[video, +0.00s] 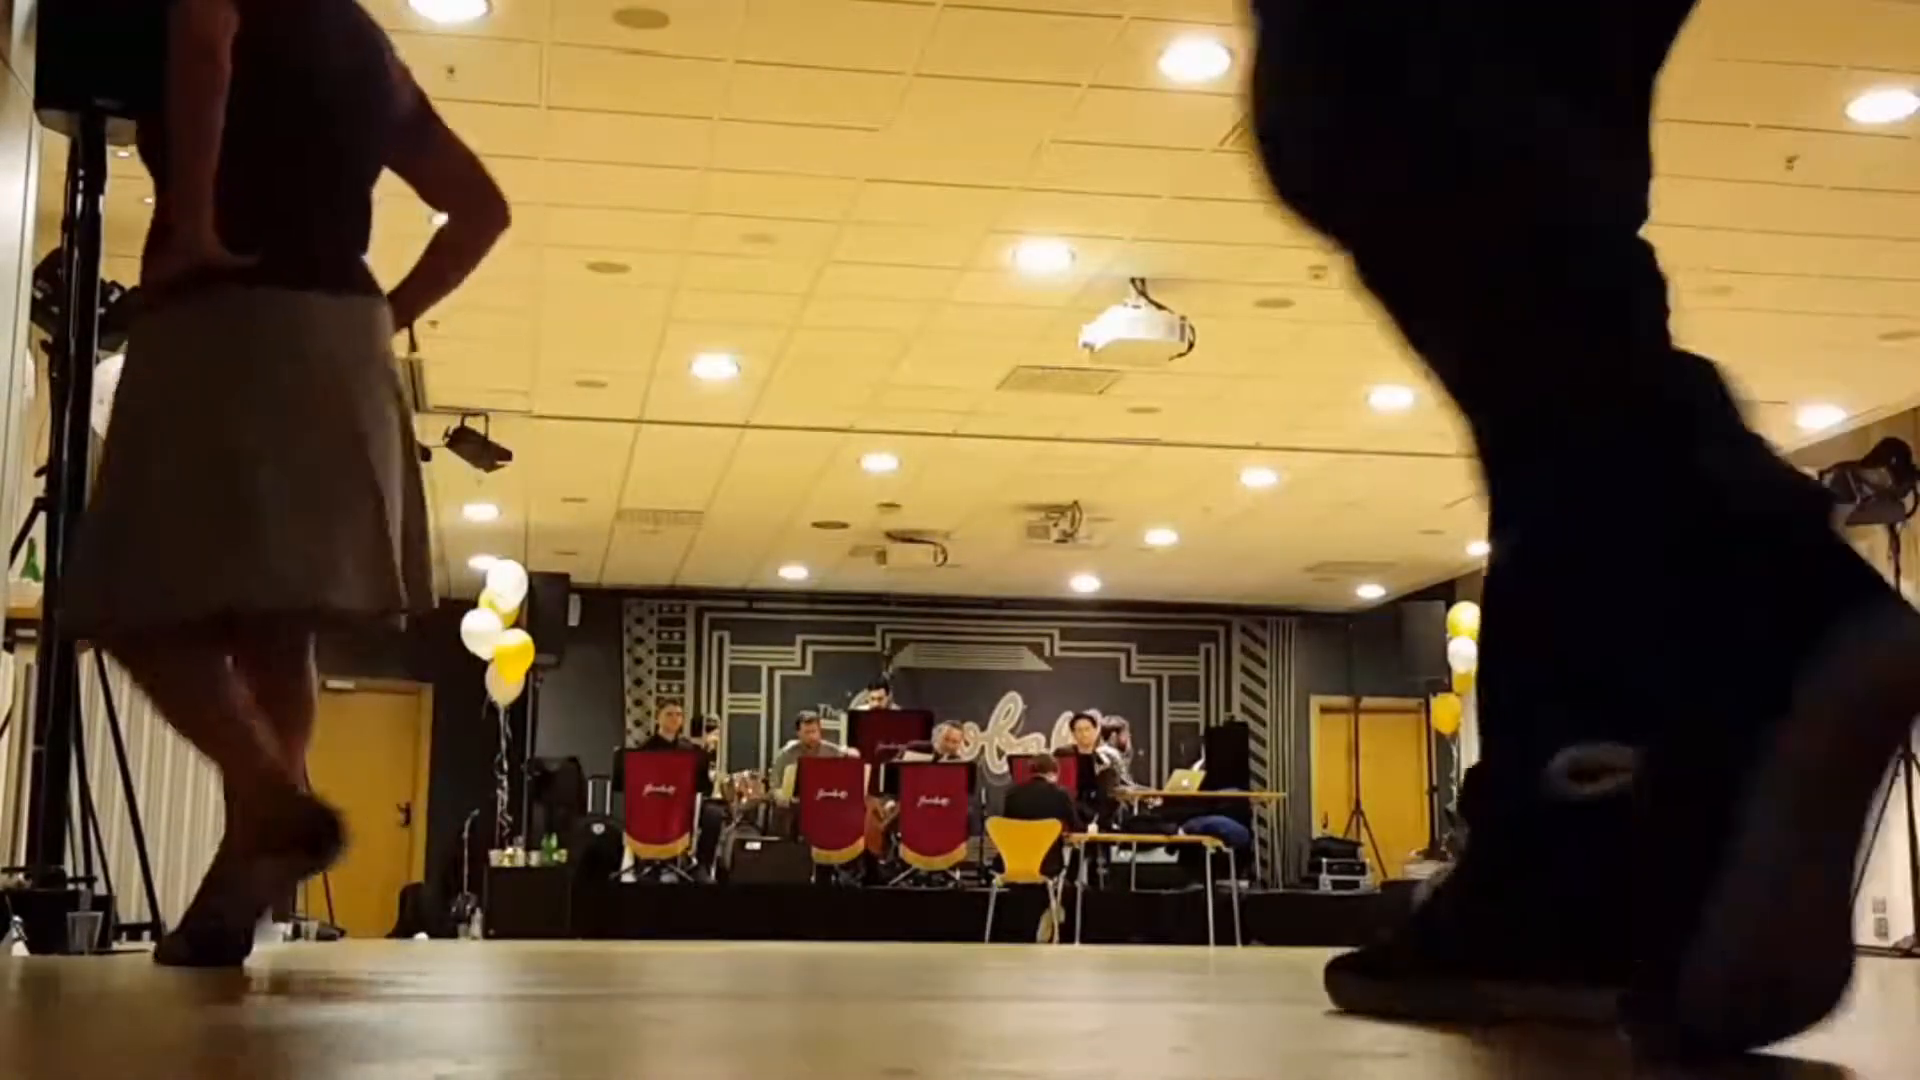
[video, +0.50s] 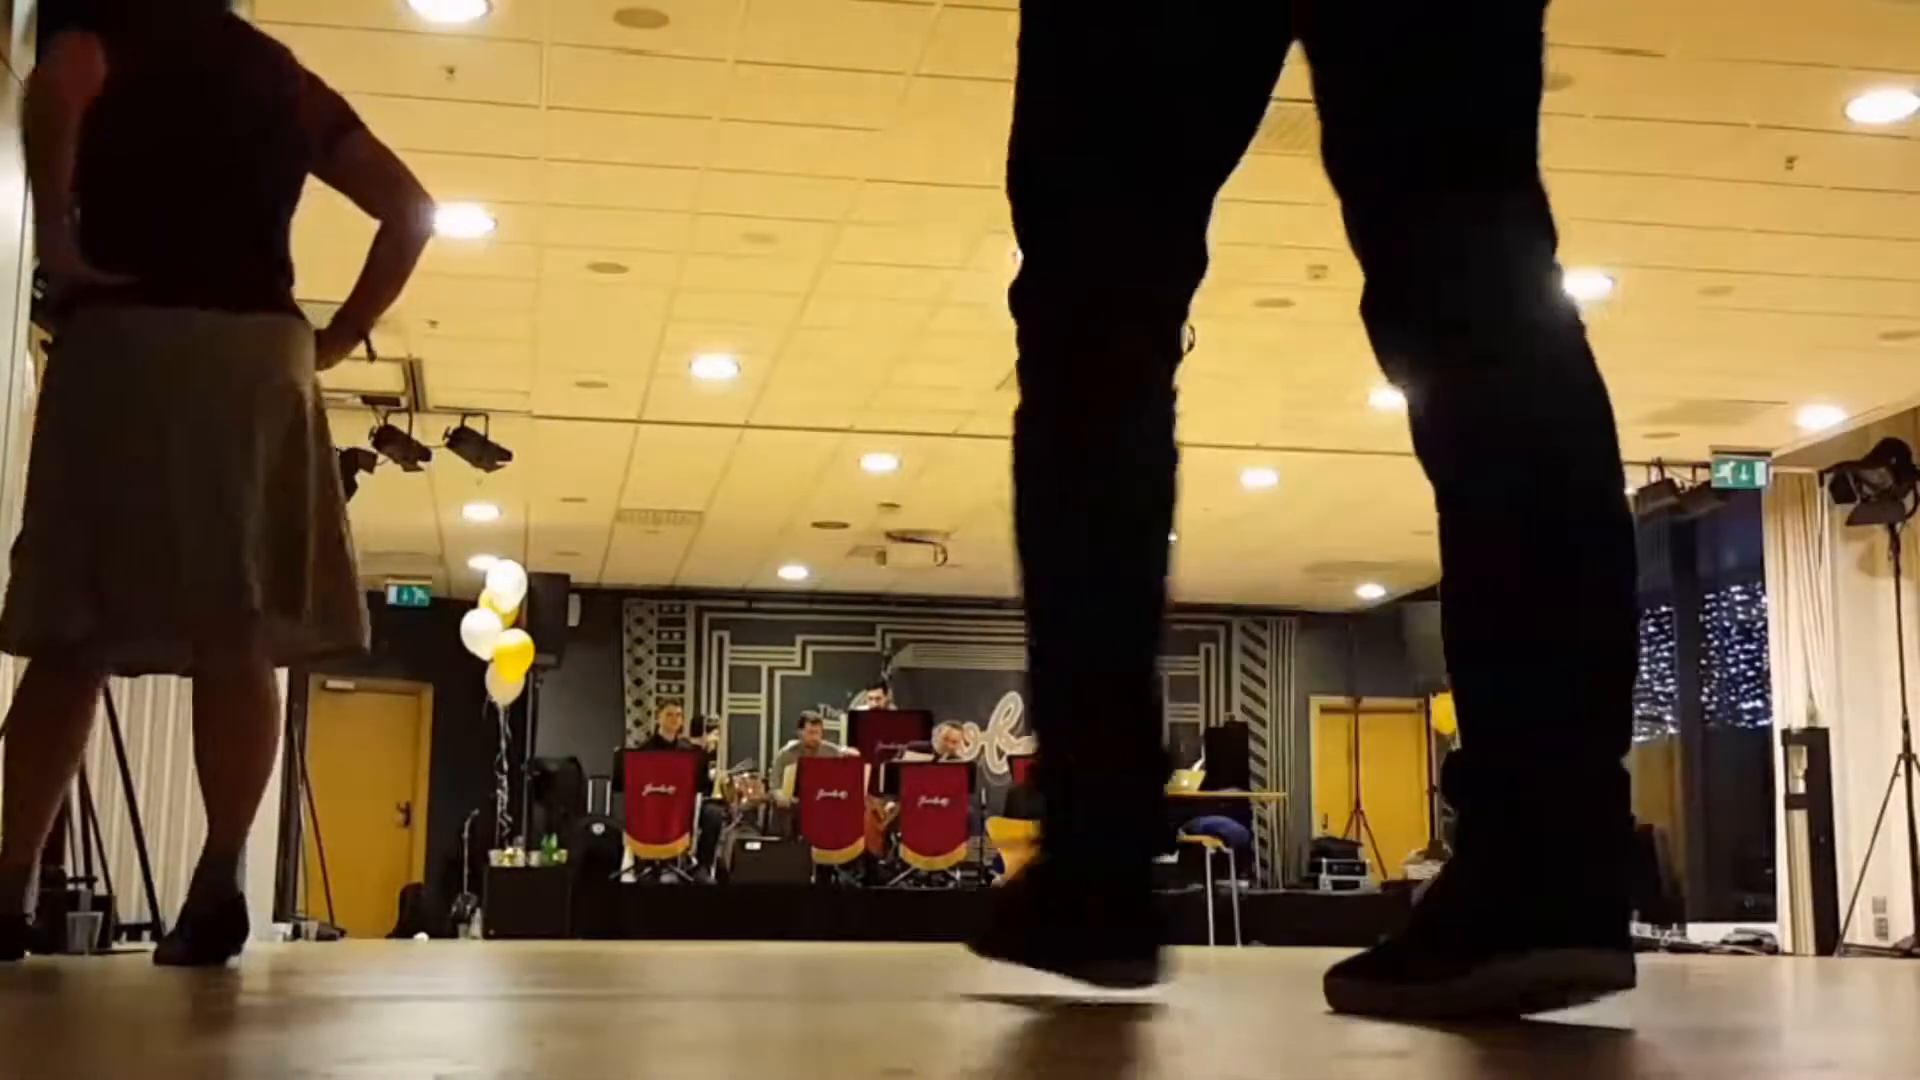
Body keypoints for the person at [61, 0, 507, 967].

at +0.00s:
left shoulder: (206, 10)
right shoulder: (358, 43)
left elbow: (205, 40)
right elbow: (480, 210)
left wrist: (185, 226)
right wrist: (390, 311)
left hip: (222, 322)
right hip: (341, 331)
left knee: (130, 602)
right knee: (280, 628)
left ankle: (278, 805)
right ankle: (229, 909)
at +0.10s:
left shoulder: (192, 4)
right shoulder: (341, 40)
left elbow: (193, 48)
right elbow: (463, 205)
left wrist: (170, 215)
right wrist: (378, 316)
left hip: (208, 319)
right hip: (326, 327)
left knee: (97, 604)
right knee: (269, 627)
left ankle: (186, 843)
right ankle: (222, 901)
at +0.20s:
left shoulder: (176, 5)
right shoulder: (334, 54)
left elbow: (175, 46)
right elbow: (450, 208)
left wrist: (154, 214)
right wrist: (369, 322)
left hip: (182, 323)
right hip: (310, 336)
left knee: (88, 613)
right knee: (264, 631)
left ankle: (93, 886)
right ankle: (222, 903)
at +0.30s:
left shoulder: (159, 13)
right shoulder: (315, 62)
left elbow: (148, 73)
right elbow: (437, 219)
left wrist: (124, 236)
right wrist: (359, 328)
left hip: (164, 337)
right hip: (298, 351)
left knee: (84, 630)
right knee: (260, 640)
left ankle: (32, 889)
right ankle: (223, 901)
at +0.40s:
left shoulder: (124, 16)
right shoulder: (293, 62)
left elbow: (108, 78)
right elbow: (426, 215)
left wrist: (97, 241)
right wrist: (352, 330)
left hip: (148, 346)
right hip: (283, 356)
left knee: (79, 639)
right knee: (252, 643)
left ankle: (18, 884)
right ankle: (223, 893)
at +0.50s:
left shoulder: (95, 18)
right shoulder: (276, 70)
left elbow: (59, 90)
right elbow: (411, 211)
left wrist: (57, 241)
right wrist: (340, 332)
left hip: (123, 354)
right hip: (263, 359)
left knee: (70, 644)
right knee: (238, 643)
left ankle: (9, 893)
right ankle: (220, 887)